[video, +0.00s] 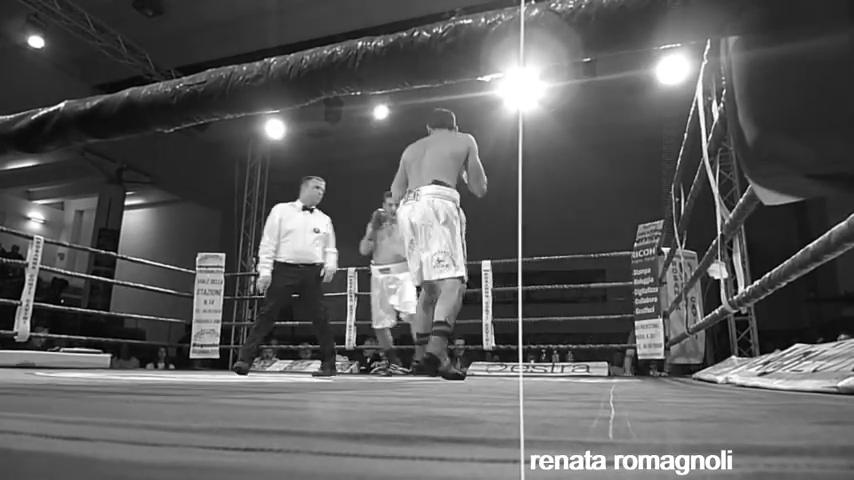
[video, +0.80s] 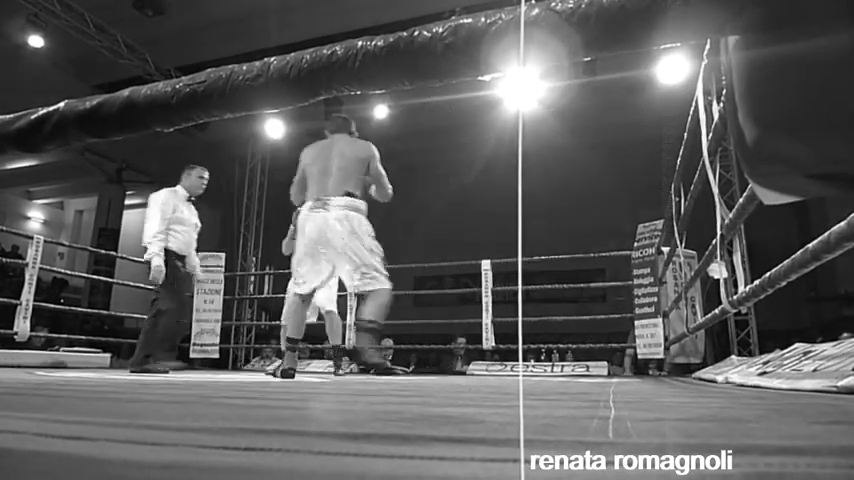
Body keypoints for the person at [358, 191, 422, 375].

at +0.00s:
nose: (393, 208)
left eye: (396, 205)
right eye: (390, 205)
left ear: (401, 205)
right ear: (383, 205)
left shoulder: (406, 221)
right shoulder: (376, 222)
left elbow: (416, 245)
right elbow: (364, 250)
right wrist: (373, 227)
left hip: (403, 269)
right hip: (379, 272)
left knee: (411, 314)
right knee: (381, 320)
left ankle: (420, 356)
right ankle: (391, 359)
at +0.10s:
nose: (384, 204)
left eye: (387, 200)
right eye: (380, 200)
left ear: (392, 201)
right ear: (373, 201)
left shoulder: (396, 219)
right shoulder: (366, 218)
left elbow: (405, 244)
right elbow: (350, 244)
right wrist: (362, 222)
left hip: (393, 266)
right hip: (369, 267)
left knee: (399, 311)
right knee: (362, 318)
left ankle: (407, 355)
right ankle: (374, 354)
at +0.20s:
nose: (365, 209)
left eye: (369, 205)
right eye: (361, 205)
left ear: (375, 206)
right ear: (354, 206)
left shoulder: (381, 222)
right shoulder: (349, 222)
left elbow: (397, 238)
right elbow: (334, 249)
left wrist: (385, 222)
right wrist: (344, 225)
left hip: (376, 272)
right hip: (352, 272)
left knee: (381, 317)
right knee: (339, 318)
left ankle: (390, 362)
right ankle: (334, 361)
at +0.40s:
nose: (350, 209)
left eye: (353, 205)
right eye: (346, 204)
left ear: (359, 206)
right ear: (339, 205)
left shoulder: (363, 224)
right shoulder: (331, 222)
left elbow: (371, 248)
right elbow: (319, 249)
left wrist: (369, 226)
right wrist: (330, 227)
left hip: (357, 271)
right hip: (334, 272)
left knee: (362, 312)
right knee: (325, 319)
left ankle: (368, 356)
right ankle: (330, 361)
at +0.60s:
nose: (334, 204)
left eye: (338, 201)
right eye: (332, 200)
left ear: (347, 202)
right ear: (328, 201)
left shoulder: (352, 220)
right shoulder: (321, 219)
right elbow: (304, 242)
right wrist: (317, 219)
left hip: (341, 265)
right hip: (317, 266)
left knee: (343, 315)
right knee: (306, 314)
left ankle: (343, 361)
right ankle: (303, 357)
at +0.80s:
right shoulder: (298, 228)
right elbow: (286, 249)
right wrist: (294, 229)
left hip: (327, 275)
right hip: (302, 275)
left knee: (329, 309)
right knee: (288, 317)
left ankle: (338, 359)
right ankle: (285, 356)